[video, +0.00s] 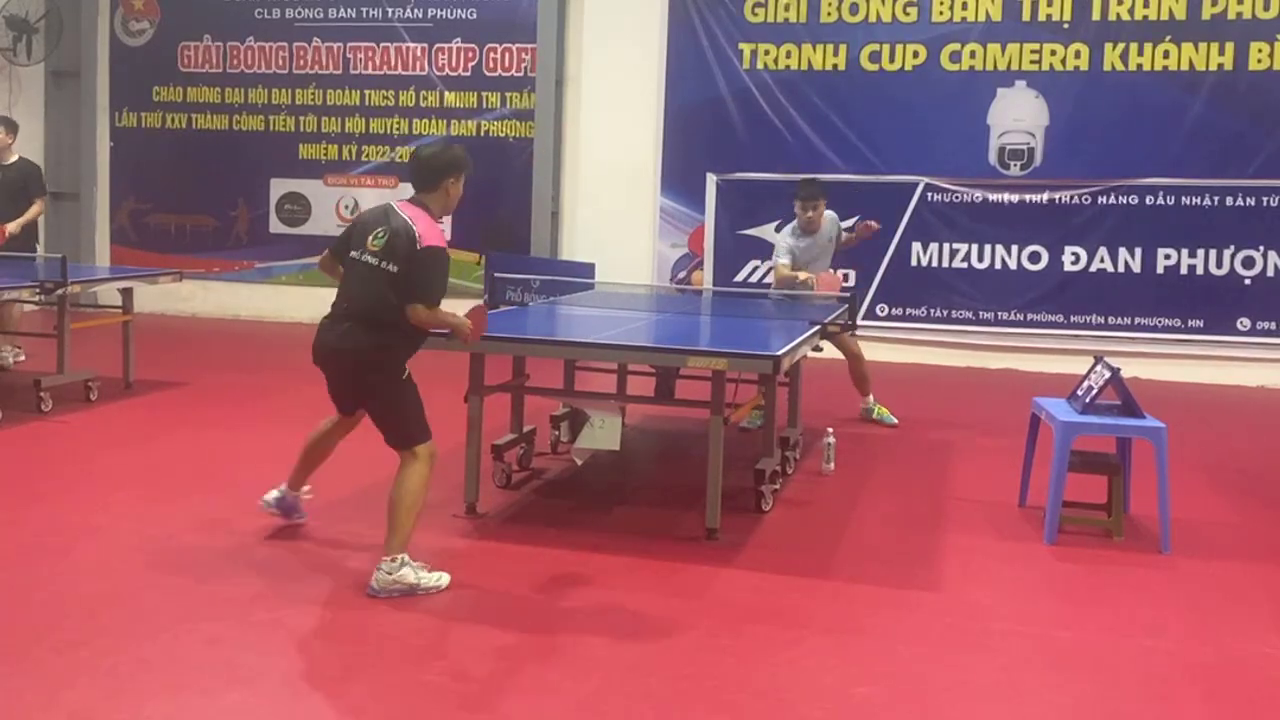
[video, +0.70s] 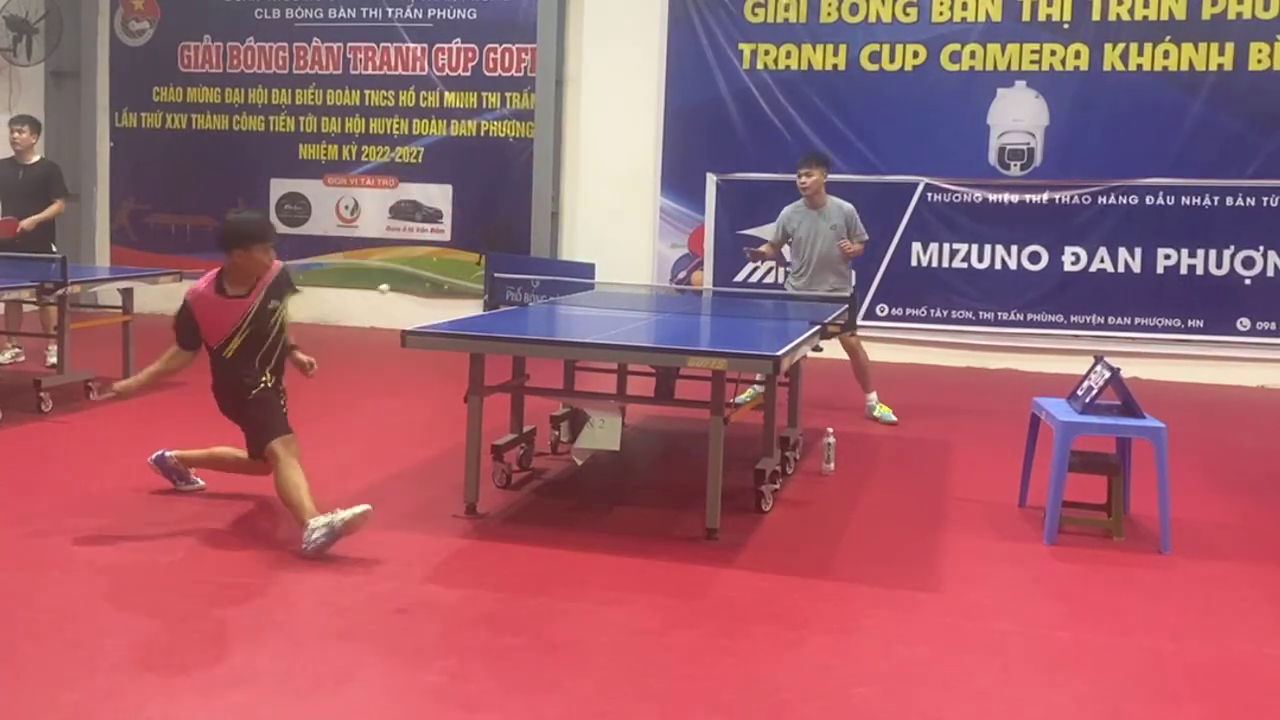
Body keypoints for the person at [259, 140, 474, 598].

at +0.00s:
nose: (461, 193)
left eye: (461, 185)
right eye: (461, 185)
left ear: (418, 180)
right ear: (449, 186)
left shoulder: (377, 214)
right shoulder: (429, 239)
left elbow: (328, 262)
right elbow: (417, 312)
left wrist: (369, 289)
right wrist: (458, 323)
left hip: (331, 342)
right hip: (375, 356)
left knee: (349, 416)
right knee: (419, 453)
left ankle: (288, 492)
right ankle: (393, 564)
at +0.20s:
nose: (445, 203)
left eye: (446, 194)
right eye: (443, 194)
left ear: (406, 192)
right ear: (429, 197)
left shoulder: (376, 219)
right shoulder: (388, 248)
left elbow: (367, 272)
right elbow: (357, 322)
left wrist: (417, 281)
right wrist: (406, 361)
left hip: (299, 333)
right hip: (330, 344)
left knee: (315, 406)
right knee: (386, 434)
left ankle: (243, 479)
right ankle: (380, 541)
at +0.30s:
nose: (428, 223)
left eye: (429, 215)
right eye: (426, 214)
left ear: (396, 212)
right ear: (405, 214)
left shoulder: (380, 246)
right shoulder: (350, 265)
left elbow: (393, 295)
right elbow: (300, 323)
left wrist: (445, 292)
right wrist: (338, 377)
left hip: (315, 348)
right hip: (302, 353)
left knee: (301, 418)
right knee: (380, 425)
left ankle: (230, 474)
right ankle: (336, 530)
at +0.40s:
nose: (396, 246)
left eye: (397, 239)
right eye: (394, 238)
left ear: (369, 235)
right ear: (374, 236)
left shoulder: (371, 274)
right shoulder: (305, 281)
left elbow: (405, 312)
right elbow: (247, 327)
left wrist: (442, 302)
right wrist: (248, 391)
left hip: (318, 364)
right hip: (289, 368)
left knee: (284, 426)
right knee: (369, 425)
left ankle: (212, 456)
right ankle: (336, 531)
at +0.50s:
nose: (354, 261)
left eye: (354, 254)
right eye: (350, 253)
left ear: (329, 256)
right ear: (327, 255)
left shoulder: (343, 284)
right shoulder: (260, 290)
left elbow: (388, 312)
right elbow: (209, 322)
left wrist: (406, 311)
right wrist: (190, 374)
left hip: (301, 378)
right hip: (272, 380)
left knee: (265, 436)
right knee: (342, 428)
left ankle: (191, 455)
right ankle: (334, 532)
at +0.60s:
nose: (309, 269)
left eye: (310, 261)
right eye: (304, 262)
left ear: (282, 263)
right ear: (278, 263)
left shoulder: (304, 289)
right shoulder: (218, 292)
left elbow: (358, 303)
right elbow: (178, 322)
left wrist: (353, 331)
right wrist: (154, 366)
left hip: (283, 389)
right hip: (248, 390)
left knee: (257, 455)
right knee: (303, 443)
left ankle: (176, 458)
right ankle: (323, 528)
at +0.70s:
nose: (272, 257)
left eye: (272, 249)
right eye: (265, 250)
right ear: (237, 255)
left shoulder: (275, 275)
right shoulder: (200, 299)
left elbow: (273, 321)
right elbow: (184, 350)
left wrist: (292, 353)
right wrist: (135, 384)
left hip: (269, 379)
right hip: (238, 387)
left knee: (263, 463)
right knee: (284, 447)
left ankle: (174, 460)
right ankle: (312, 524)